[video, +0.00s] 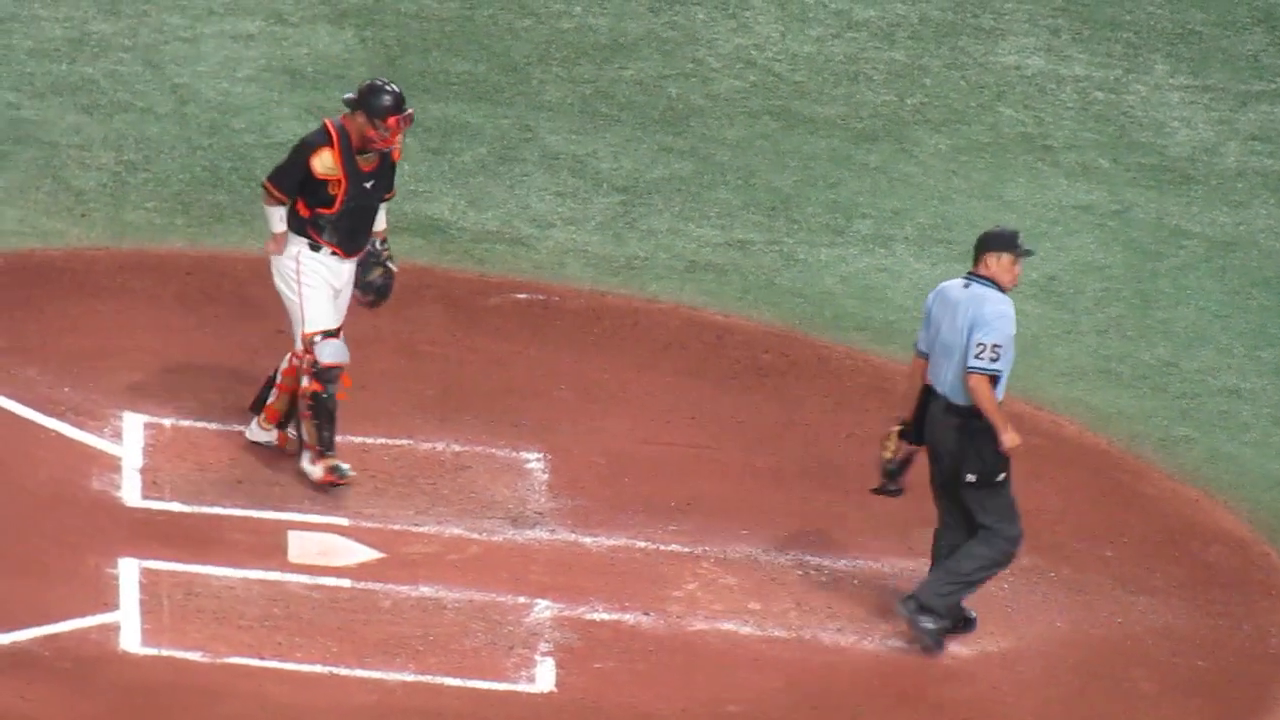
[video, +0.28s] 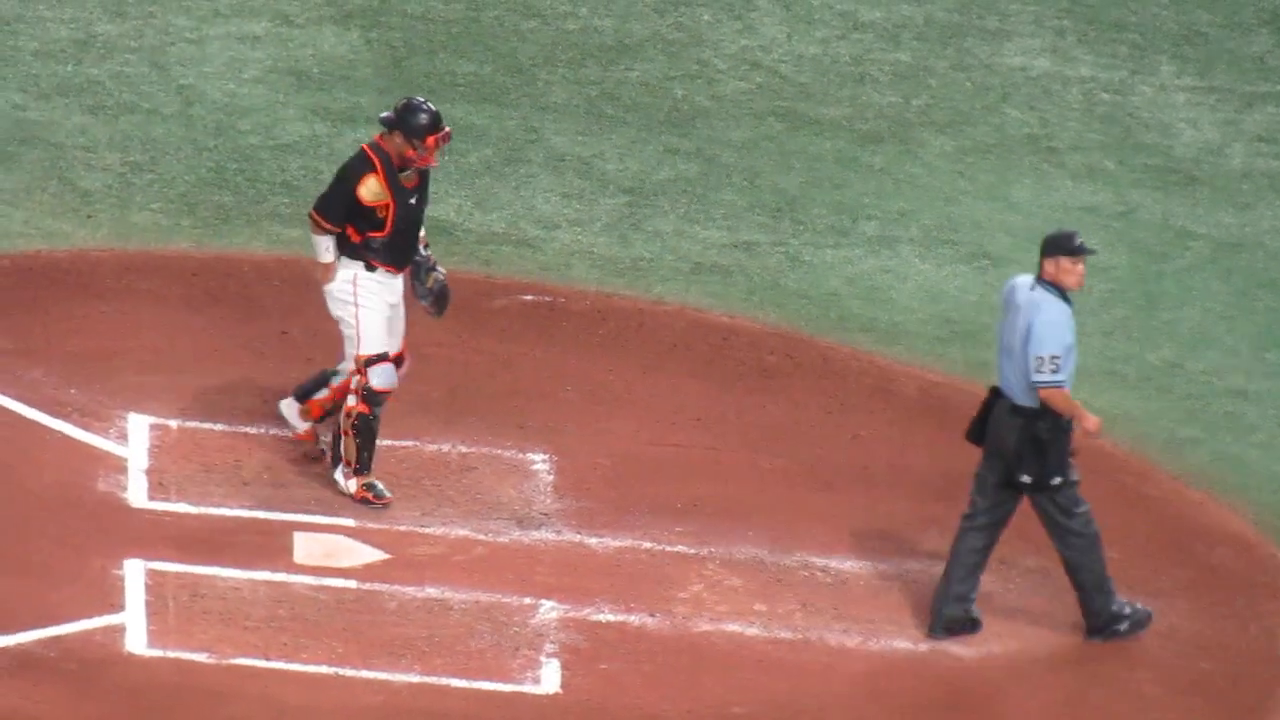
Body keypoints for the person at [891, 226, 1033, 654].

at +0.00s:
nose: (1019, 269)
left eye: (1019, 261)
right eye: (1013, 261)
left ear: (983, 262)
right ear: (990, 261)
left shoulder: (944, 291)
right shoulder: (996, 308)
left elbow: (923, 360)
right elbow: (977, 379)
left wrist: (916, 418)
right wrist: (1003, 428)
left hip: (936, 416)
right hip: (969, 426)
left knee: (954, 520)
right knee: (1002, 533)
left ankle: (945, 605)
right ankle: (929, 603)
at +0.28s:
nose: (1083, 270)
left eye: (1083, 263)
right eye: (1076, 263)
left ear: (1050, 266)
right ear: (1052, 266)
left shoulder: (1017, 287)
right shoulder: (1053, 313)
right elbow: (1049, 387)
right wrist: (1081, 415)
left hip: (1004, 417)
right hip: (1037, 428)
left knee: (982, 519)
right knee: (1074, 526)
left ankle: (951, 611)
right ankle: (1103, 613)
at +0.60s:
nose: (1163, 269)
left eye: (1163, 261)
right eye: (1155, 261)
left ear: (1130, 264)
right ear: (1132, 263)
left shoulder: (1096, 278)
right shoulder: (1137, 312)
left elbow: (1097, 339)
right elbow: (1137, 384)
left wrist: (1146, 364)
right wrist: (1176, 395)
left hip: (1089, 409)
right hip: (1121, 420)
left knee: (1097, 512)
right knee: (1127, 526)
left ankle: (1035, 569)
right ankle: (1120, 617)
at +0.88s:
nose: (1214, 267)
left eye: (1214, 260)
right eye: (1209, 260)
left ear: (1180, 262)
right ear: (1185, 262)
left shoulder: (1138, 277)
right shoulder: (1194, 311)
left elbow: (1122, 336)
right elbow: (1196, 385)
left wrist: (1179, 343)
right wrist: (1223, 385)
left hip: (1133, 410)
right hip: (1168, 421)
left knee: (1171, 506)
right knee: (1154, 515)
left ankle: (1185, 597)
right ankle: (1124, 618)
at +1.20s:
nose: (1246, 251)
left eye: (1244, 244)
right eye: (1241, 245)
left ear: (1210, 249)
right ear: (1219, 249)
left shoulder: (1171, 277)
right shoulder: (1237, 296)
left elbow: (1154, 340)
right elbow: (1243, 374)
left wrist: (1200, 339)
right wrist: (1269, 372)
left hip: (1178, 404)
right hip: (1218, 413)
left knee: (1196, 504)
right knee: (1244, 515)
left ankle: (1205, 599)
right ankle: (1173, 588)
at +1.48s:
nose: (1273, 240)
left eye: (1270, 233)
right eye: (1270, 234)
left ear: (1233, 236)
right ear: (1257, 238)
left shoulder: (1196, 274)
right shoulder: (1273, 284)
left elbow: (1171, 339)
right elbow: (1278, 361)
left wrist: (1216, 336)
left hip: (1214, 397)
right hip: (1262, 401)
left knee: (1208, 497)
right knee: (1276, 499)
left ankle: (1205, 599)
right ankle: (1277, 601)